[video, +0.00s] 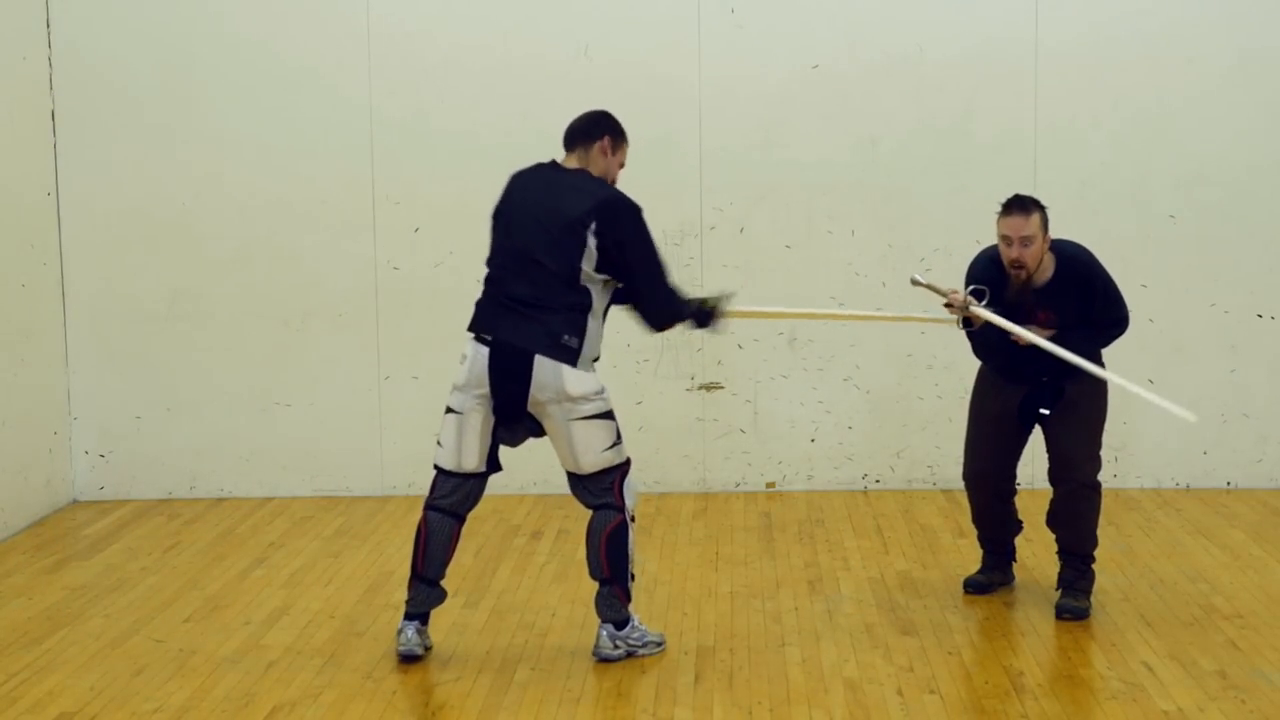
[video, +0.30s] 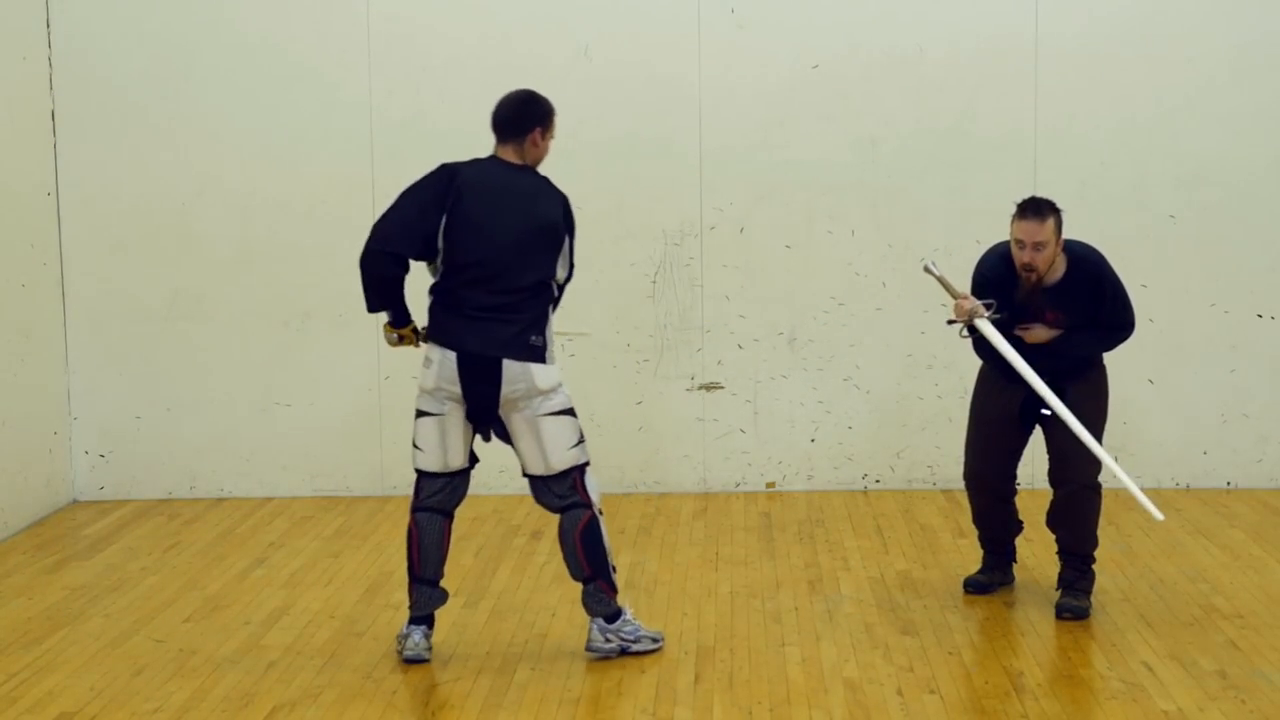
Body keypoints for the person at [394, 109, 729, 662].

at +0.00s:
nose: (620, 173)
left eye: (621, 162)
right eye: (620, 161)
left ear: (570, 147)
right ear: (604, 148)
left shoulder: (521, 182)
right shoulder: (612, 205)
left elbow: (542, 270)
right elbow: (657, 308)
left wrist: (622, 288)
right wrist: (694, 309)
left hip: (486, 356)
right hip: (560, 367)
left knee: (450, 489)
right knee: (608, 493)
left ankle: (413, 621)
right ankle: (616, 625)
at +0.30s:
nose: (550, 145)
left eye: (550, 135)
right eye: (550, 135)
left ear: (496, 131)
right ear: (536, 135)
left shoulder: (448, 180)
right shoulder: (552, 202)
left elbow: (381, 247)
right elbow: (555, 283)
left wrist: (395, 314)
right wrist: (518, 328)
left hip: (447, 356)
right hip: (524, 360)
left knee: (435, 490)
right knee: (570, 489)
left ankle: (418, 627)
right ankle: (607, 620)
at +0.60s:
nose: (524, 142)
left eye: (524, 133)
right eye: (522, 132)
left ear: (470, 130)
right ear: (505, 130)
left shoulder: (425, 188)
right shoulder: (532, 192)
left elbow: (390, 274)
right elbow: (542, 273)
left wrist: (408, 339)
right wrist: (513, 322)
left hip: (445, 355)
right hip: (520, 356)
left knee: (433, 487)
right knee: (565, 482)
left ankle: (417, 628)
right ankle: (587, 618)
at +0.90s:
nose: (583, 149)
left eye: (583, 139)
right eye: (580, 140)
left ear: (532, 138)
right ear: (557, 139)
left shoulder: (481, 195)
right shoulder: (588, 197)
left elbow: (446, 287)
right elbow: (588, 271)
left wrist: (488, 324)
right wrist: (537, 309)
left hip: (505, 357)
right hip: (575, 356)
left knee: (482, 479)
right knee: (600, 482)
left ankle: (428, 613)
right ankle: (564, 622)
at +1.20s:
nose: (682, 152)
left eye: (684, 141)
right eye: (679, 140)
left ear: (637, 132)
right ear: (653, 132)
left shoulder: (576, 180)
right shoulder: (669, 187)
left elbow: (558, 259)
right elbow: (681, 227)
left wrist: (602, 277)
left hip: (597, 348)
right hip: (643, 346)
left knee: (673, 446)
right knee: (621, 483)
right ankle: (567, 621)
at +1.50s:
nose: (799, 180)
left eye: (803, 171)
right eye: (797, 168)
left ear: (769, 158)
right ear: (766, 154)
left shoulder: (755, 209)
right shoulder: (737, 207)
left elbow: (769, 299)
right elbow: (787, 271)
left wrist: (829, 323)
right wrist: (843, 295)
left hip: (749, 368)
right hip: (703, 367)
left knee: (809, 468)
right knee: (685, 500)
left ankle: (808, 584)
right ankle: (591, 595)